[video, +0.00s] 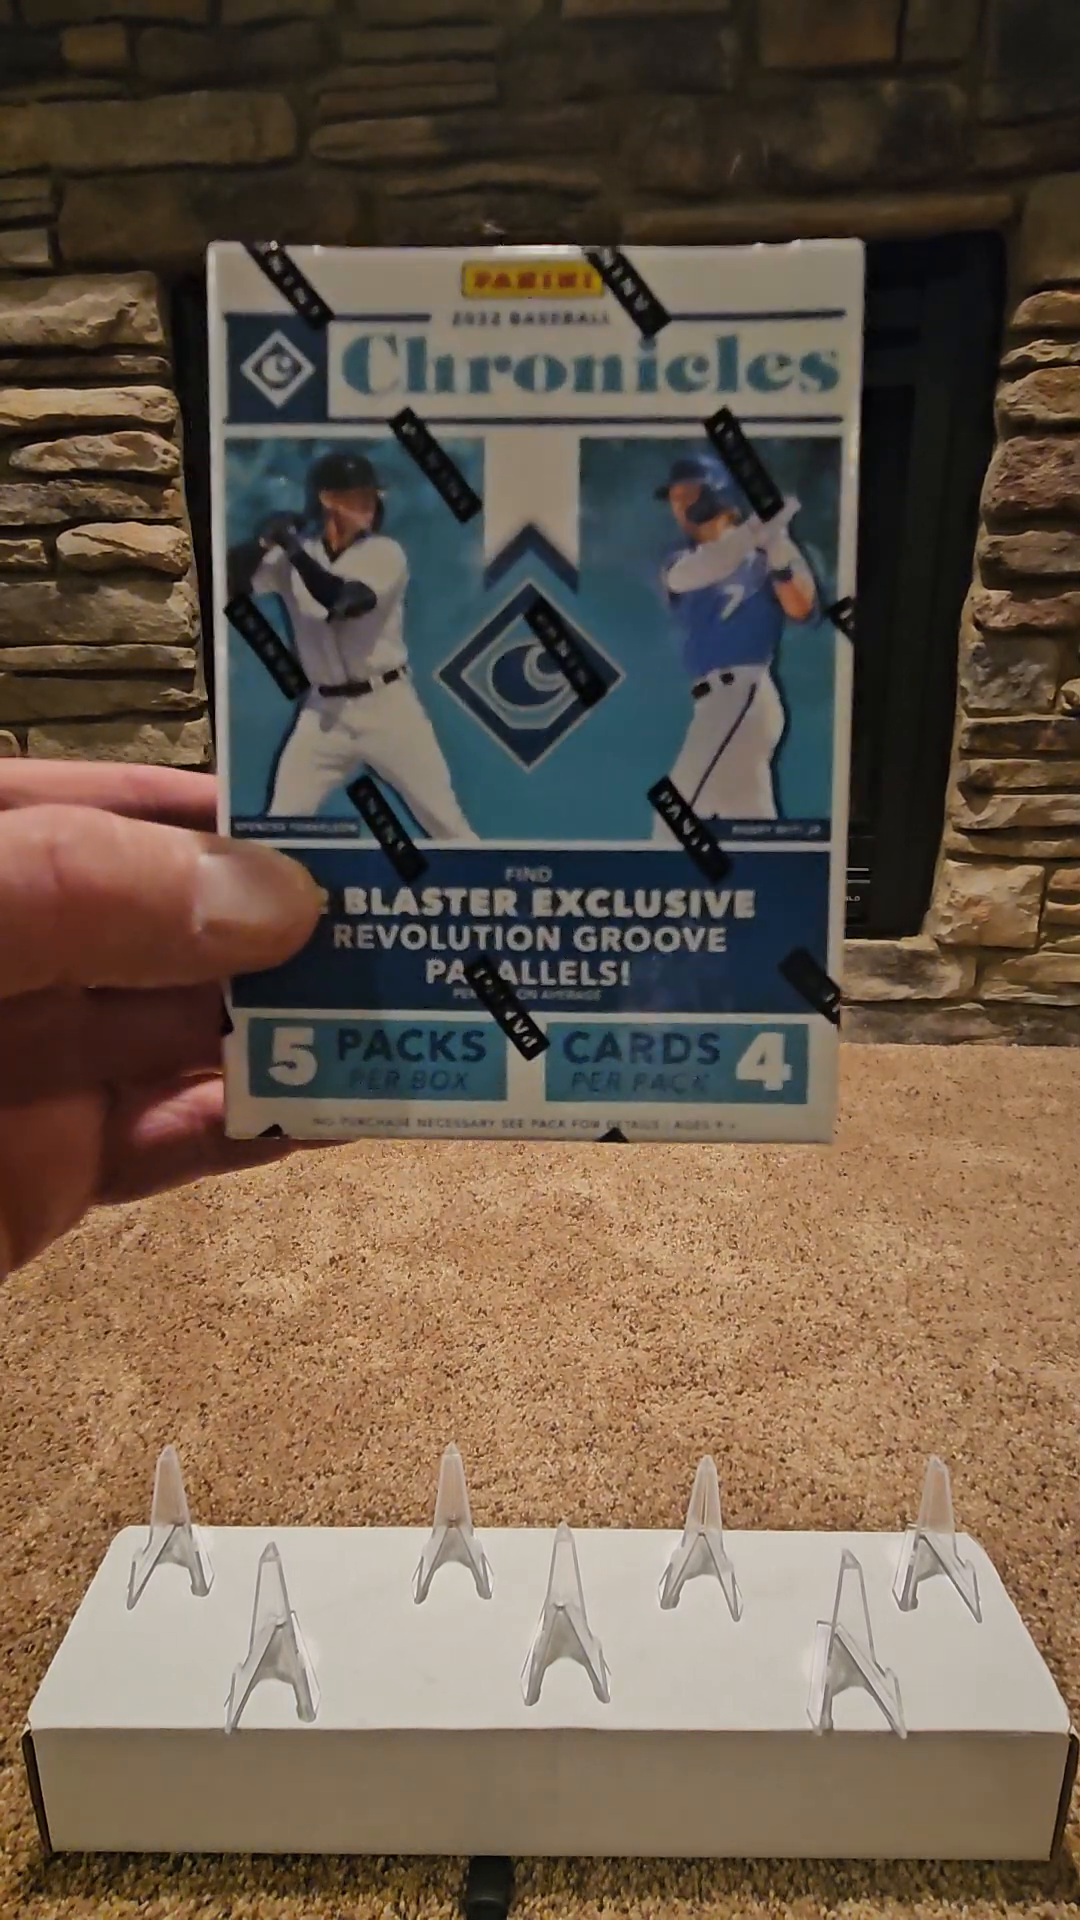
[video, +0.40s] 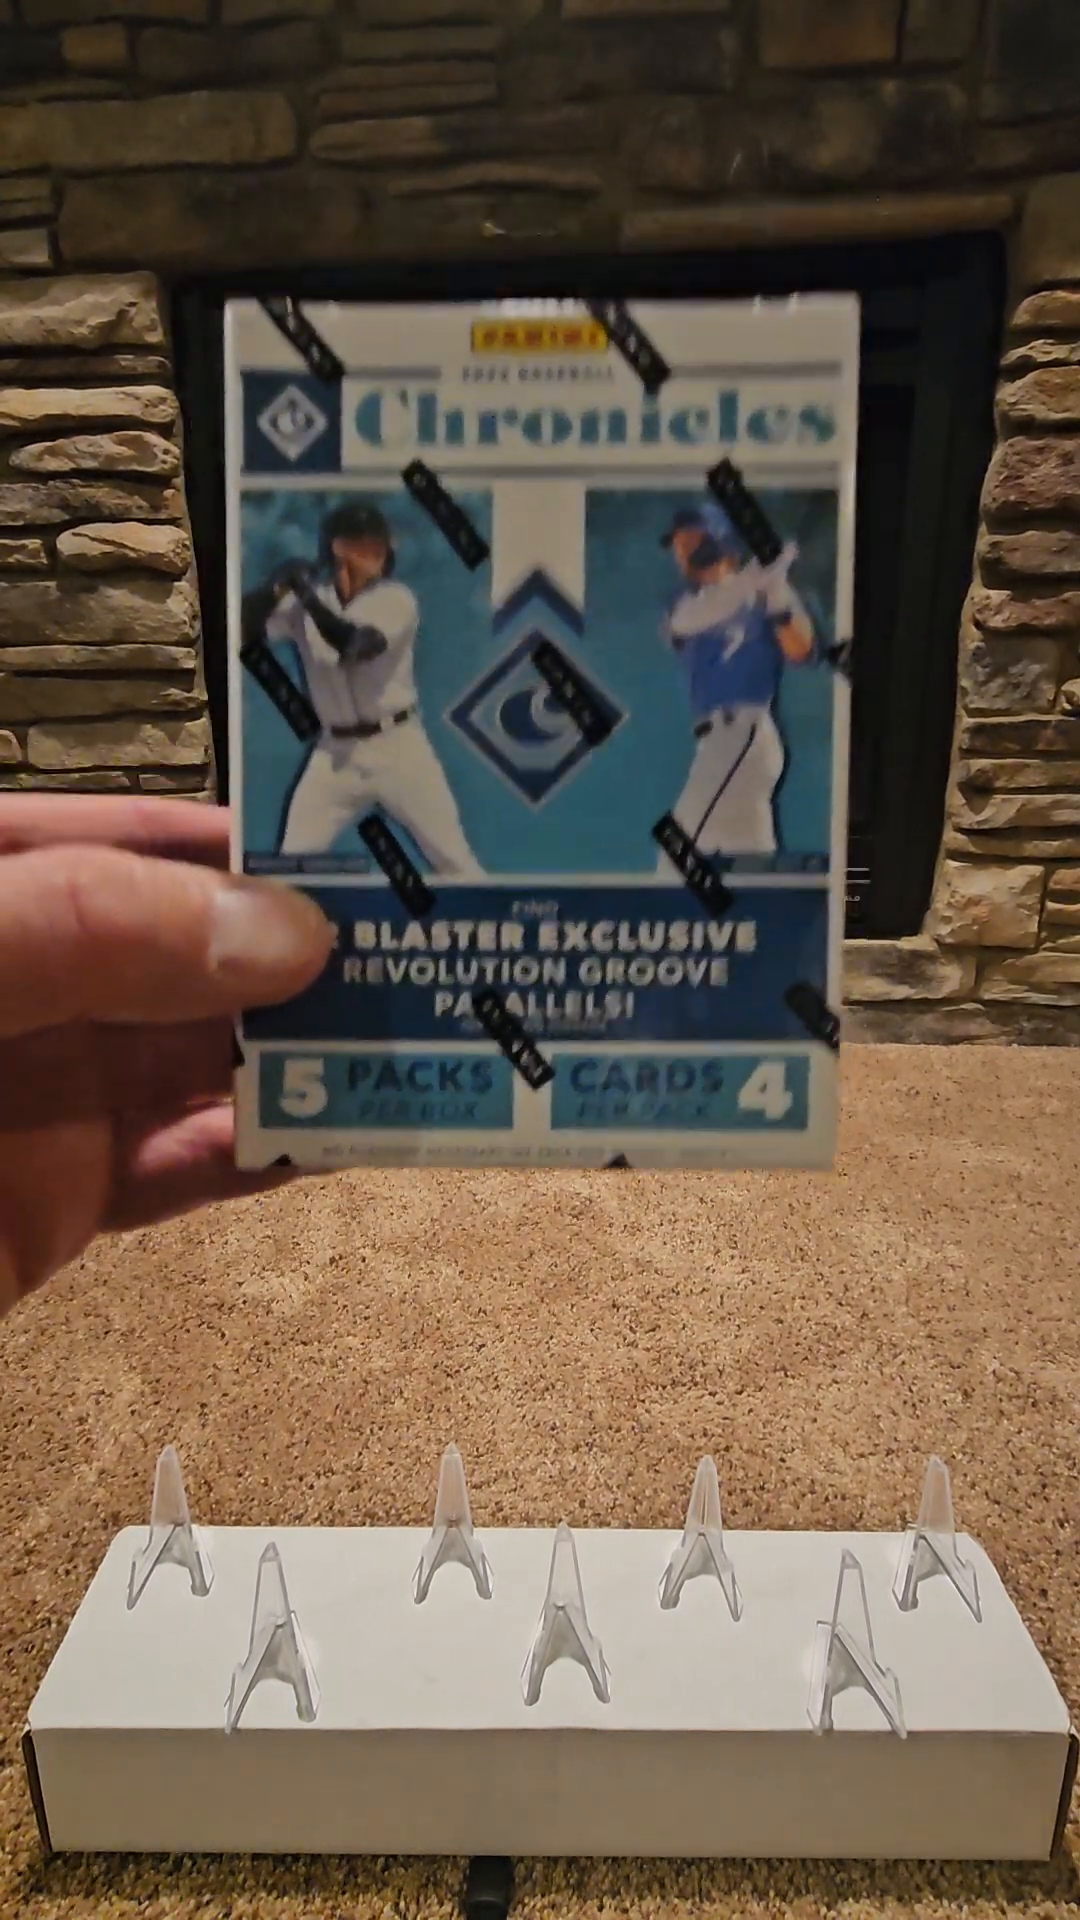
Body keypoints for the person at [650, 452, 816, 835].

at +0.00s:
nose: (679, 509)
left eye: (688, 496)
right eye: (674, 500)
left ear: (717, 497)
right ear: (670, 506)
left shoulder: (769, 547)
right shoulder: (680, 562)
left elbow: (801, 609)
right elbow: (698, 572)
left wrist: (777, 546)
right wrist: (757, 528)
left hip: (744, 697)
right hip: (713, 702)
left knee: (676, 816)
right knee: (753, 832)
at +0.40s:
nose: (683, 554)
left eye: (692, 541)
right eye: (678, 545)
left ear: (719, 544)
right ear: (675, 555)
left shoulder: (763, 590)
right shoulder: (686, 607)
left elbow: (800, 651)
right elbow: (692, 620)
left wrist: (776, 589)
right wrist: (755, 576)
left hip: (746, 733)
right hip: (714, 737)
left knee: (680, 849)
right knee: (749, 863)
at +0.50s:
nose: (668, 609)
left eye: (676, 597)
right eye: (663, 601)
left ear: (705, 600)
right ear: (660, 608)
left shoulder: (754, 649)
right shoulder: (665, 660)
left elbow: (783, 708)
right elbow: (687, 670)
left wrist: (761, 650)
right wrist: (738, 632)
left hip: (728, 787)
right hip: (698, 792)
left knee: (661, 897)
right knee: (735, 913)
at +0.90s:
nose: (675, 641)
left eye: (683, 630)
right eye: (669, 634)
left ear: (709, 630)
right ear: (664, 640)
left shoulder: (757, 678)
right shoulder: (672, 691)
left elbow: (790, 736)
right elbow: (694, 701)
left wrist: (766, 680)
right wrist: (744, 662)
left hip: (738, 819)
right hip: (708, 824)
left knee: (673, 925)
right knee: (750, 944)